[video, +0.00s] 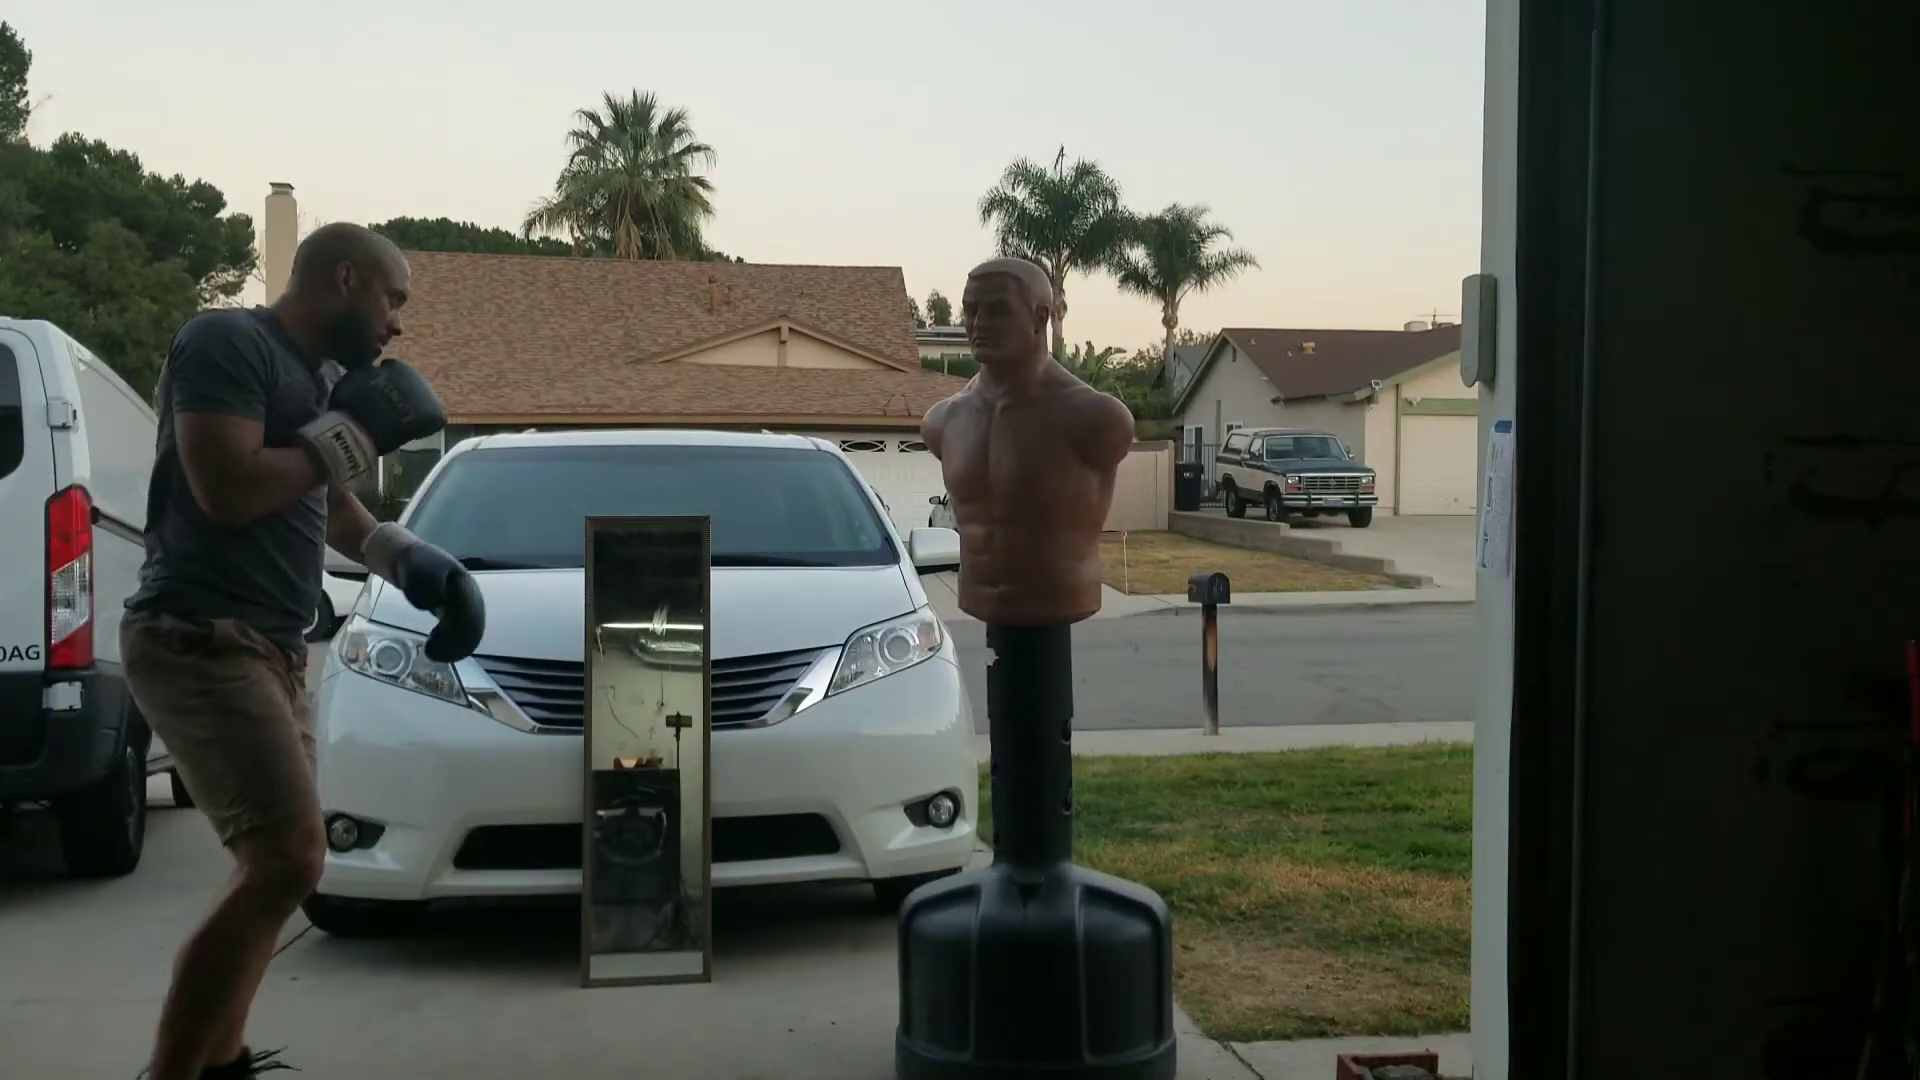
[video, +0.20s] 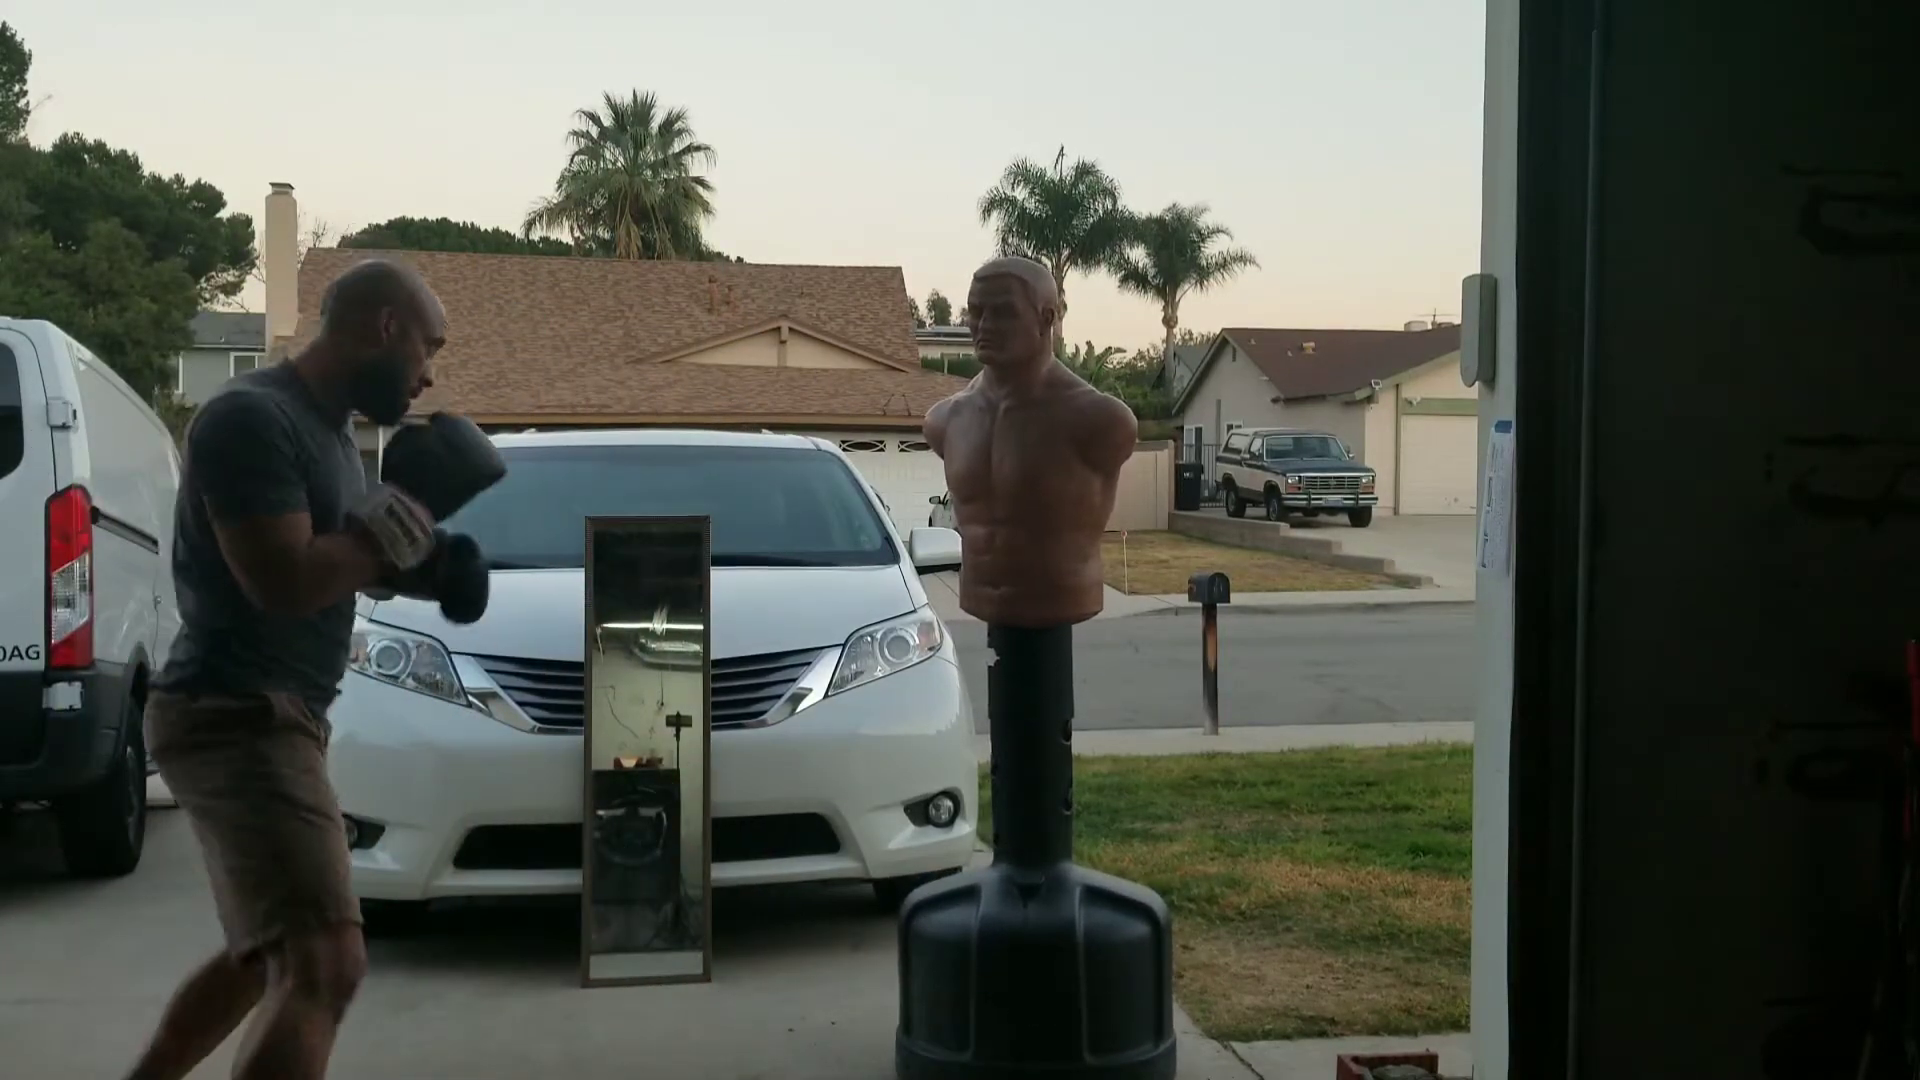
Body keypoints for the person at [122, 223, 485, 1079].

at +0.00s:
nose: (399, 321)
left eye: (403, 303)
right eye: (393, 298)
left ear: (342, 283)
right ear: (344, 279)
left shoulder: (321, 381)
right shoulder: (225, 341)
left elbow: (332, 506)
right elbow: (227, 490)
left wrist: (404, 553)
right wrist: (350, 432)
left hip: (271, 649)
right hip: (198, 641)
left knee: (284, 864)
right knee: (286, 859)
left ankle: (220, 1057)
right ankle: (172, 1070)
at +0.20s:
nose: (427, 377)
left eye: (432, 358)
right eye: (427, 353)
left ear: (373, 331)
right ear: (381, 329)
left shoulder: (337, 436)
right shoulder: (246, 419)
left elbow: (343, 565)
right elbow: (283, 581)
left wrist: (417, 563)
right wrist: (395, 523)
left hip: (281, 714)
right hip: (232, 714)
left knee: (263, 952)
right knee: (325, 963)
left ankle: (148, 1074)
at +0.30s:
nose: (454, 373)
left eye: (459, 354)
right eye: (455, 349)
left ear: (395, 324)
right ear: (417, 326)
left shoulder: (323, 406)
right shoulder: (309, 406)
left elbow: (365, 562)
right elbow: (345, 577)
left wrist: (445, 496)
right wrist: (442, 506)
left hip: (260, 728)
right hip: (287, 735)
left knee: (248, 947)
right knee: (344, 1012)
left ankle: (155, 1072)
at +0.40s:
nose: (495, 304)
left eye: (501, 285)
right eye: (493, 280)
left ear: (402, 259)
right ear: (449, 266)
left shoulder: (325, 337)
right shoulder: (370, 339)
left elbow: (361, 498)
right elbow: (412, 507)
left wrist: (459, 424)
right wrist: (505, 425)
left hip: (277, 674)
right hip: (332, 684)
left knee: (280, 922)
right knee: (351, 976)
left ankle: (194, 1068)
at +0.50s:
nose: (526, 259)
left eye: (529, 236)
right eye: (522, 233)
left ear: (429, 214)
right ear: (479, 219)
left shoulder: (341, 294)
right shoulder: (403, 294)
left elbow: (382, 449)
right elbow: (413, 465)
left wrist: (493, 389)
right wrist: (517, 414)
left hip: (303, 634)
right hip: (369, 645)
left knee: (316, 907)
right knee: (400, 947)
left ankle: (224, 1071)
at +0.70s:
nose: (614, 266)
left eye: (615, 243)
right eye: (609, 241)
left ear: (512, 232)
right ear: (570, 235)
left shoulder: (424, 326)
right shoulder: (486, 322)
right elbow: (469, 525)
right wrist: (583, 462)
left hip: (393, 687)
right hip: (474, 695)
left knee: (421, 1009)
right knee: (540, 1029)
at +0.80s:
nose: (652, 316)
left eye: (653, 293)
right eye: (649, 292)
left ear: (546, 285)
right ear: (616, 288)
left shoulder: (460, 377)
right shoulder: (540, 393)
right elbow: (586, 594)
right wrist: (672, 501)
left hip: (437, 748)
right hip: (528, 759)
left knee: (489, 1050)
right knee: (583, 1046)